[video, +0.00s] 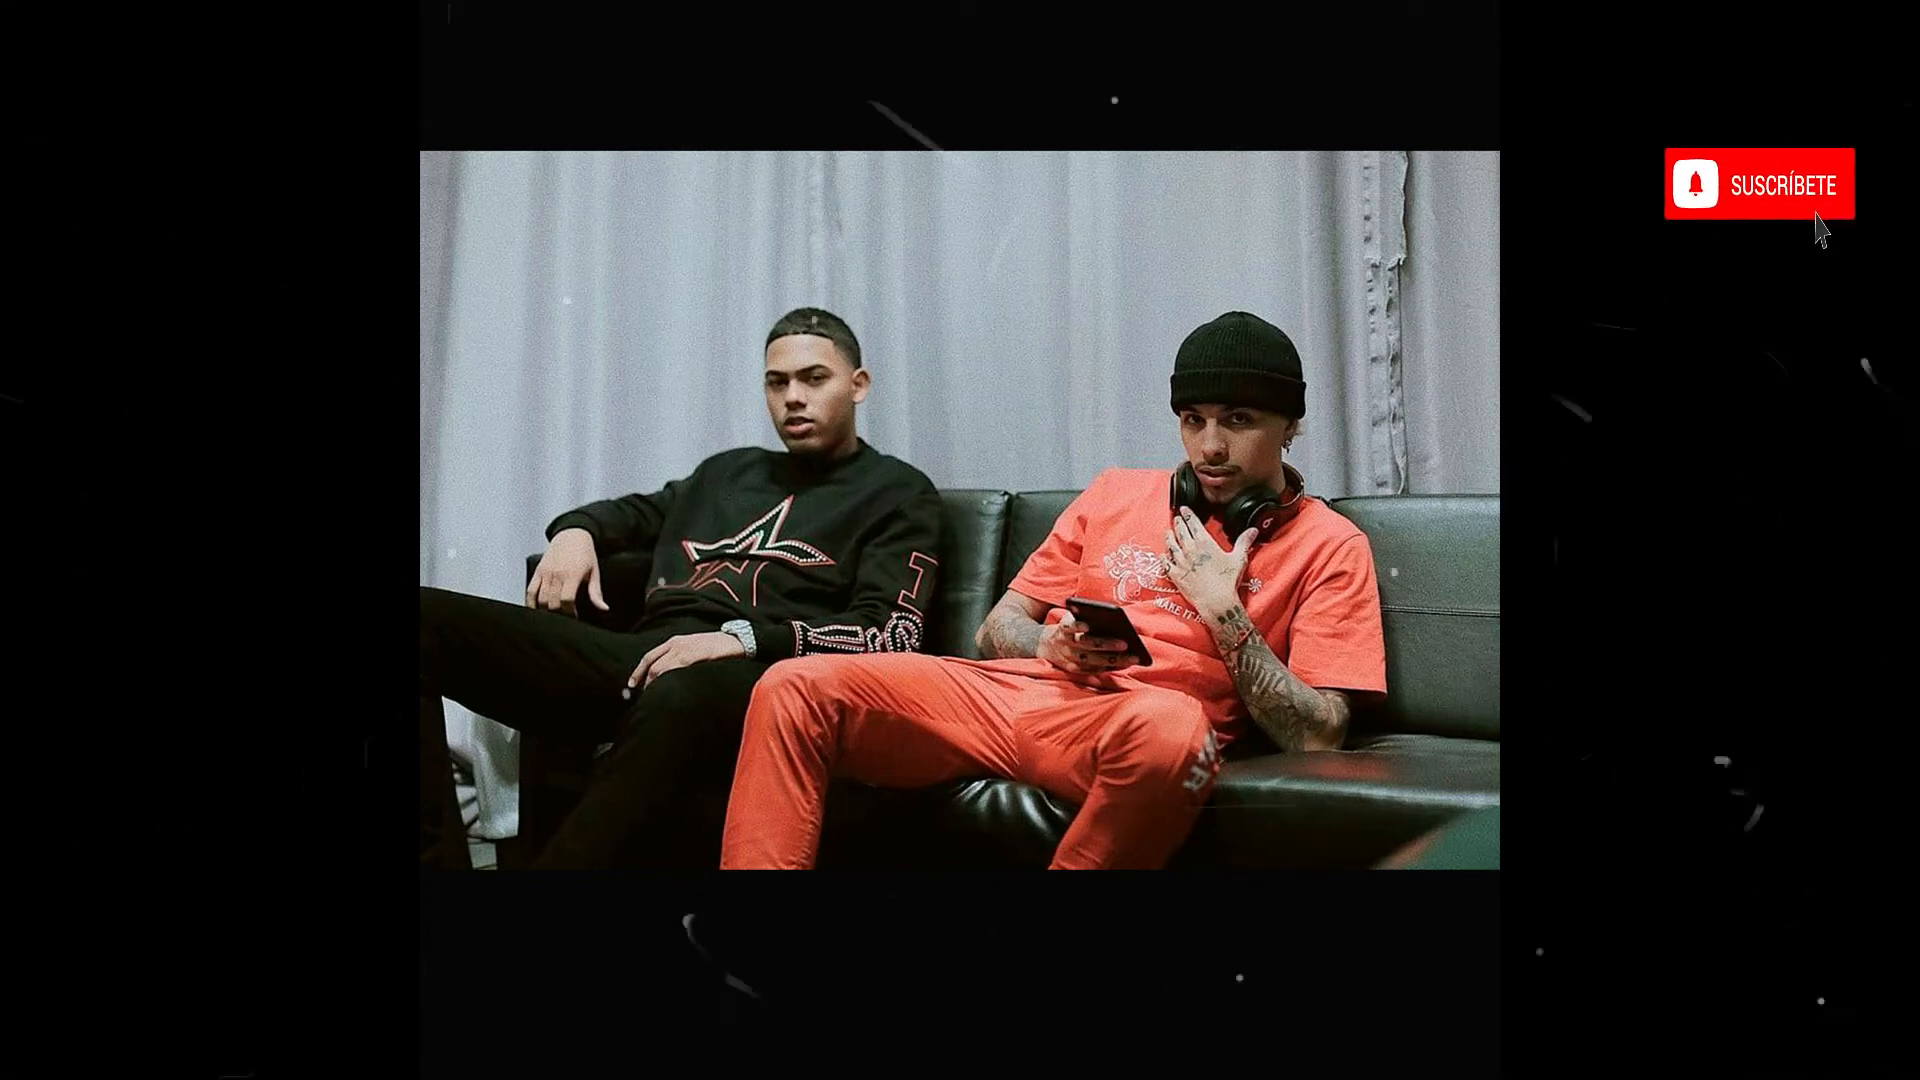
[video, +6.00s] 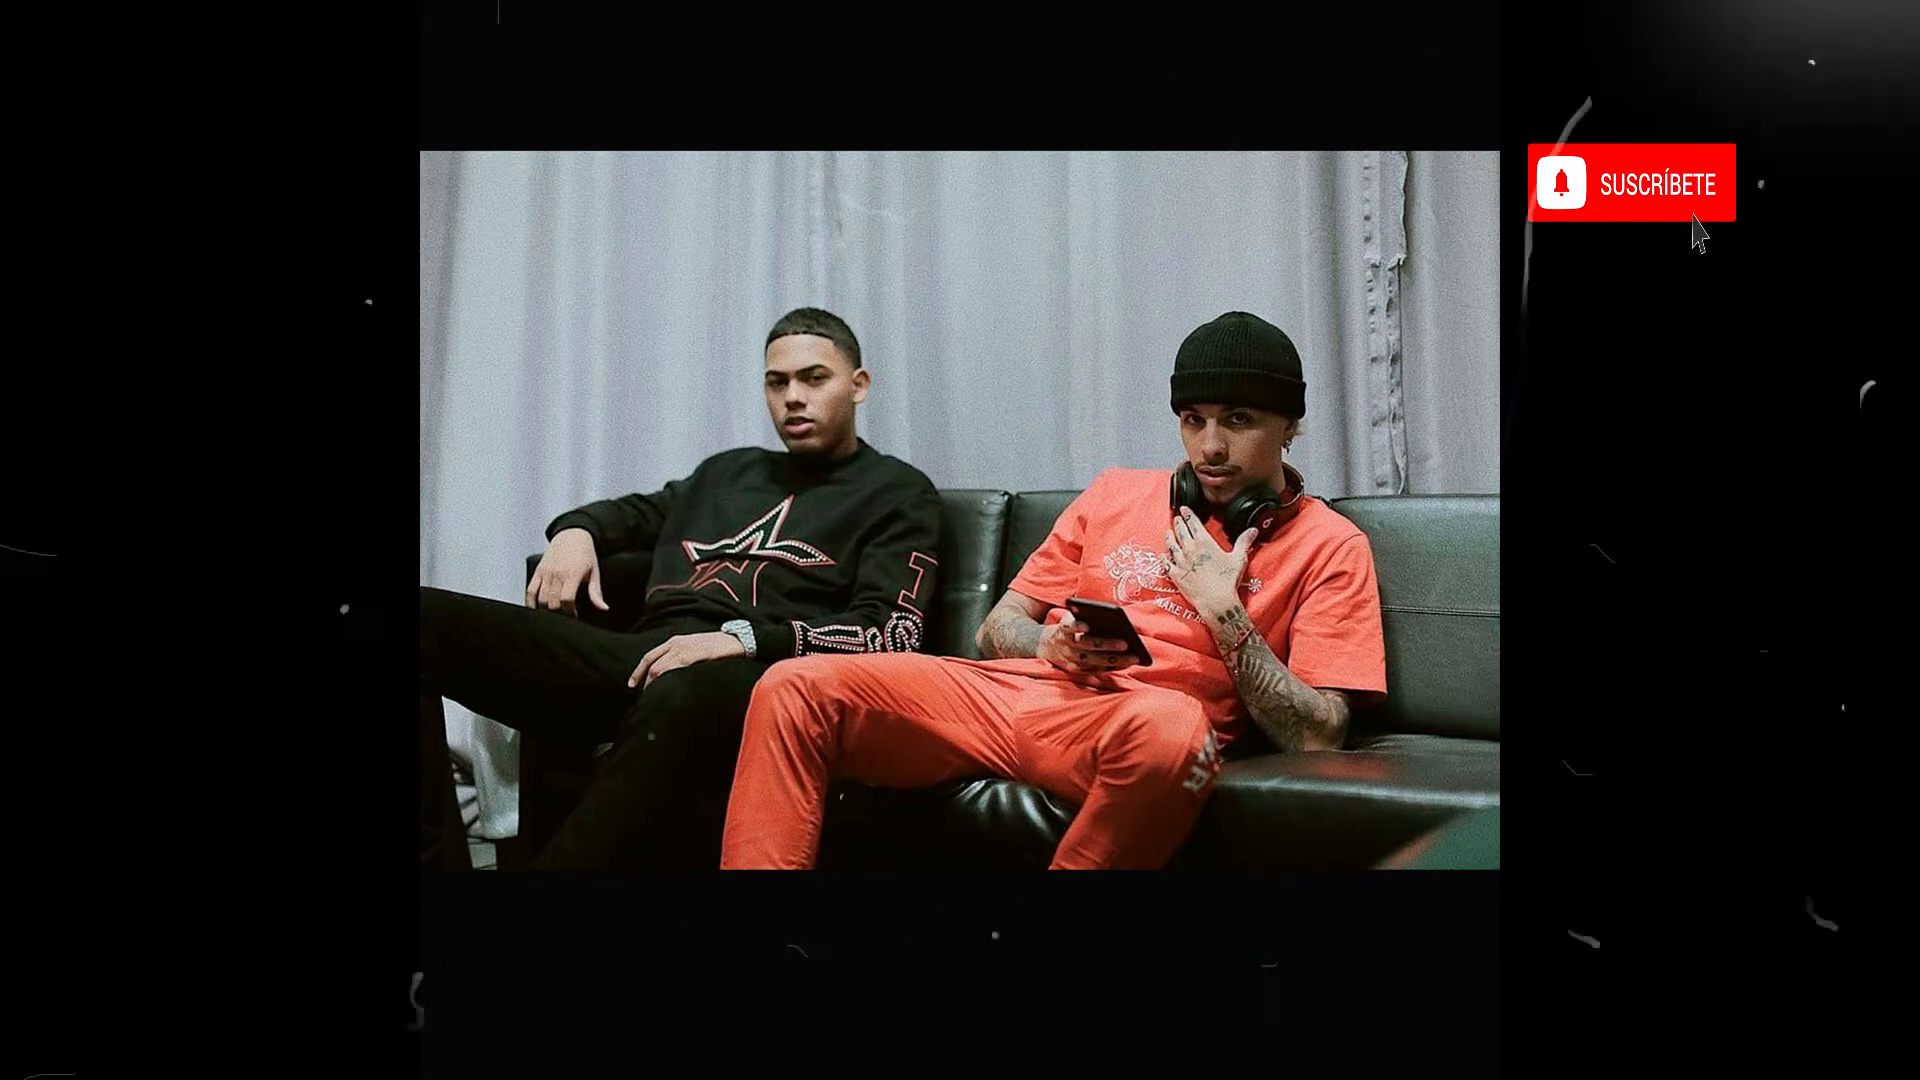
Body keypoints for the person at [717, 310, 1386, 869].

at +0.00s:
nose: (1210, 445)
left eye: (1238, 421)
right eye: (1195, 420)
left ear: (1288, 428)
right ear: (1178, 422)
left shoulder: (1328, 546)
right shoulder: (1117, 493)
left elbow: (1318, 736)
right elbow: (999, 626)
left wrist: (1227, 615)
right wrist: (1052, 646)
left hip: (1132, 707)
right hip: (1014, 685)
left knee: (1170, 745)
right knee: (792, 693)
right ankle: (750, 949)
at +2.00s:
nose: (1210, 445)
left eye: (1238, 421)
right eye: (1195, 419)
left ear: (1288, 429)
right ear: (1179, 422)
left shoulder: (1329, 546)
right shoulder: (1118, 493)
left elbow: (1318, 734)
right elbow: (999, 626)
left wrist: (1227, 615)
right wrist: (1051, 647)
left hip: (1131, 708)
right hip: (1014, 685)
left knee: (1171, 745)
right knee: (792, 693)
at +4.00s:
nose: (1210, 445)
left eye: (1238, 421)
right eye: (1196, 419)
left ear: (1289, 429)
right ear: (1179, 422)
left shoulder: (1328, 546)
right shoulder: (1118, 492)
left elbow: (1318, 734)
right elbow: (999, 626)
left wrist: (1226, 614)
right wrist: (1050, 647)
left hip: (1130, 709)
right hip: (1013, 685)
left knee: (1171, 746)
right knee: (792, 693)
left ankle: (1036, 960)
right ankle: (758, 925)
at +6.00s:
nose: (1211, 445)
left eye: (1238, 421)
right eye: (1196, 419)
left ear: (1289, 429)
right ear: (1178, 422)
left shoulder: (1328, 545)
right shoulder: (1118, 492)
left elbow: (1318, 735)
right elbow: (999, 627)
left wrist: (1227, 615)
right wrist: (1050, 647)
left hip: (1129, 709)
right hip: (1012, 685)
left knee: (1171, 746)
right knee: (792, 693)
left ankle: (1042, 946)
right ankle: (763, 932)